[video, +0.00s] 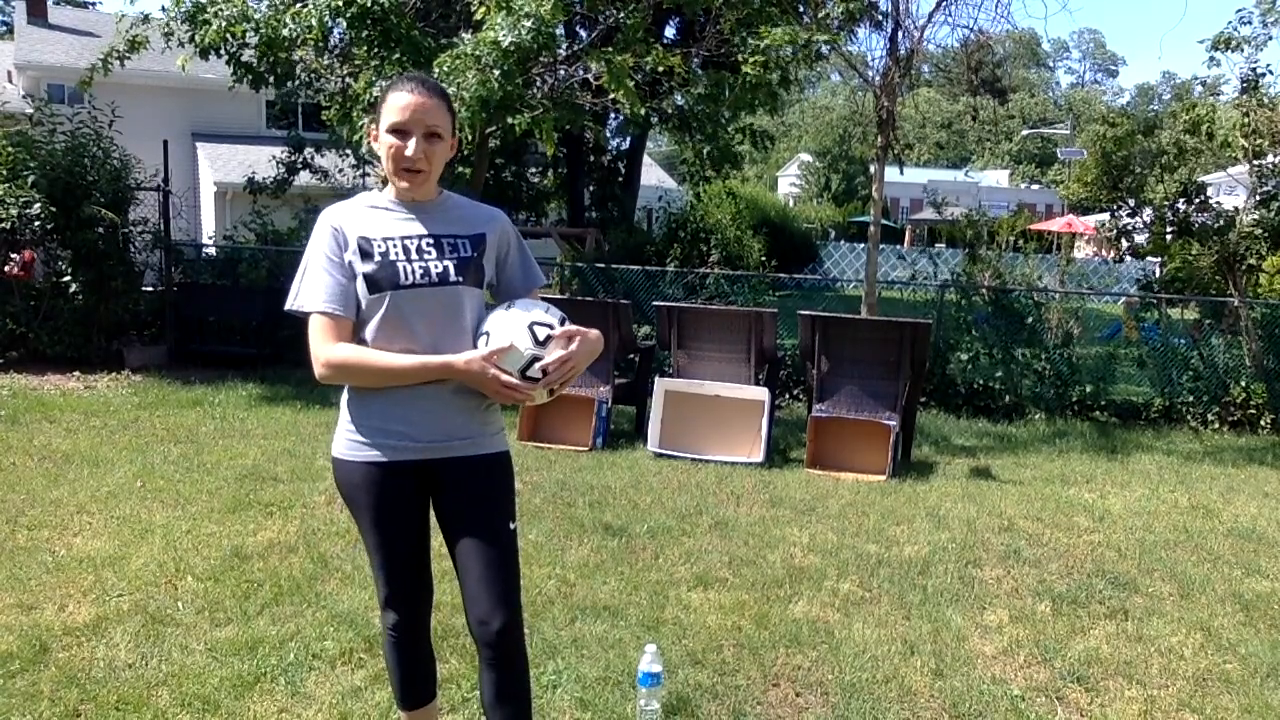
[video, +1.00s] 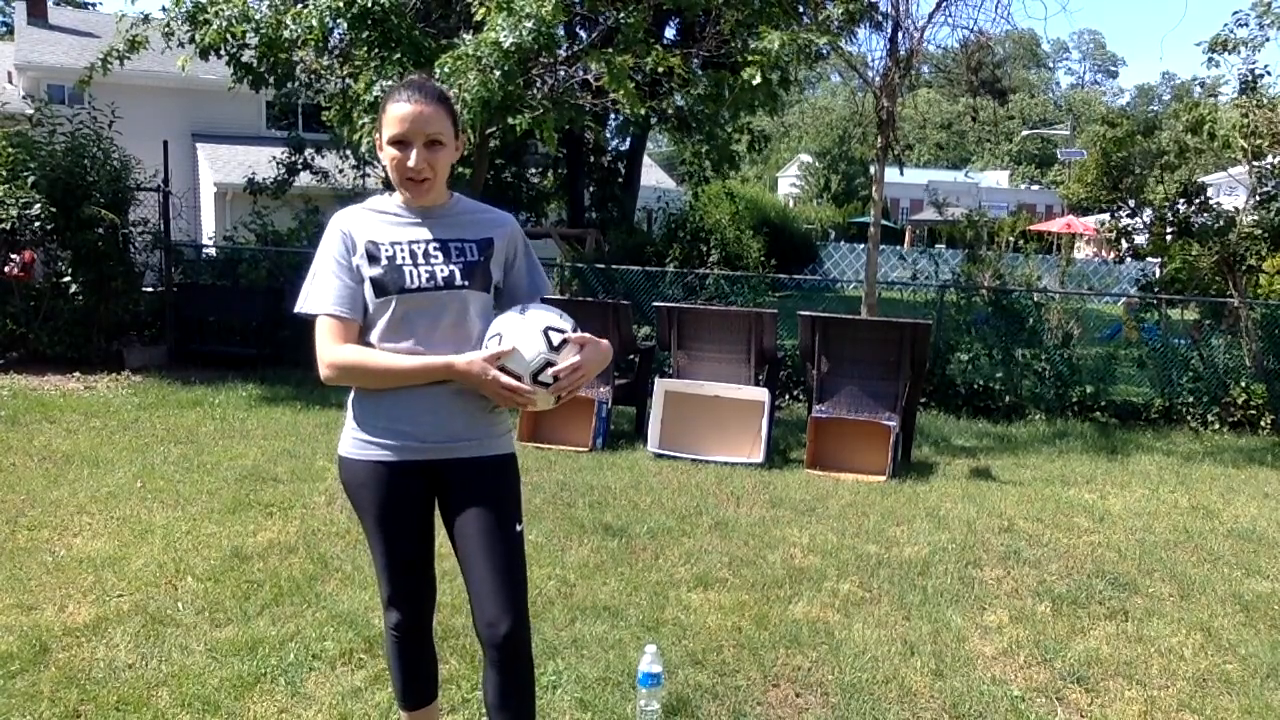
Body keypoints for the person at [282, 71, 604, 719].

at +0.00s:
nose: (413, 149)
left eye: (431, 136)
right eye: (399, 132)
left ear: (452, 145)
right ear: (374, 137)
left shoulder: (490, 226)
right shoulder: (341, 225)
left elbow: (536, 329)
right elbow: (327, 358)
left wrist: (588, 341)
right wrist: (453, 367)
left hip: (474, 453)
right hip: (377, 456)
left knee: (498, 625)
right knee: (404, 618)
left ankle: (509, 718)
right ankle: (420, 714)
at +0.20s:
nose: (418, 142)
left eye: (434, 128)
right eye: (402, 127)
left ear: (456, 141)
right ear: (379, 139)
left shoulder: (495, 227)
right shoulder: (347, 226)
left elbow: (543, 329)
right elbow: (330, 361)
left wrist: (592, 346)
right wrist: (456, 373)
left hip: (475, 451)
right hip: (379, 455)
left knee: (502, 625)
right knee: (404, 616)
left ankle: (509, 719)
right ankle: (421, 714)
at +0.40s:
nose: (422, 138)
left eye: (438, 124)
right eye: (406, 125)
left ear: (460, 139)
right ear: (383, 140)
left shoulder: (500, 227)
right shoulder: (351, 224)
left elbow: (544, 329)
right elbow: (333, 361)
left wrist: (597, 348)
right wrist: (460, 375)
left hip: (476, 450)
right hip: (380, 452)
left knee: (502, 624)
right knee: (404, 612)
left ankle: (510, 719)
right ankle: (421, 714)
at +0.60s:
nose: (425, 135)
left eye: (441, 123)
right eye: (408, 123)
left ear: (462, 139)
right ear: (385, 140)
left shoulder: (502, 227)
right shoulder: (352, 225)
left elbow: (546, 327)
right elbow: (334, 361)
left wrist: (599, 347)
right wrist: (462, 375)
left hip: (479, 450)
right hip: (383, 453)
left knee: (502, 624)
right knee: (406, 612)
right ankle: (421, 714)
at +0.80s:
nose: (420, 146)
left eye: (437, 131)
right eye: (405, 131)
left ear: (460, 139)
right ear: (383, 138)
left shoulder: (501, 225)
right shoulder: (351, 224)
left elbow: (547, 328)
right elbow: (334, 357)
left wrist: (595, 336)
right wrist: (458, 365)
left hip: (483, 452)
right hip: (385, 456)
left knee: (500, 625)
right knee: (409, 615)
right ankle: (421, 714)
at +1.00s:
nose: (415, 160)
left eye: (432, 143)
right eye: (400, 144)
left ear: (458, 146)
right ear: (380, 147)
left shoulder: (499, 230)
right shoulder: (351, 229)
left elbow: (541, 337)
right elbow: (333, 359)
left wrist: (599, 348)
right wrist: (454, 367)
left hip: (479, 452)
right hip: (382, 455)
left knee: (505, 629)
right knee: (406, 614)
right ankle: (421, 714)